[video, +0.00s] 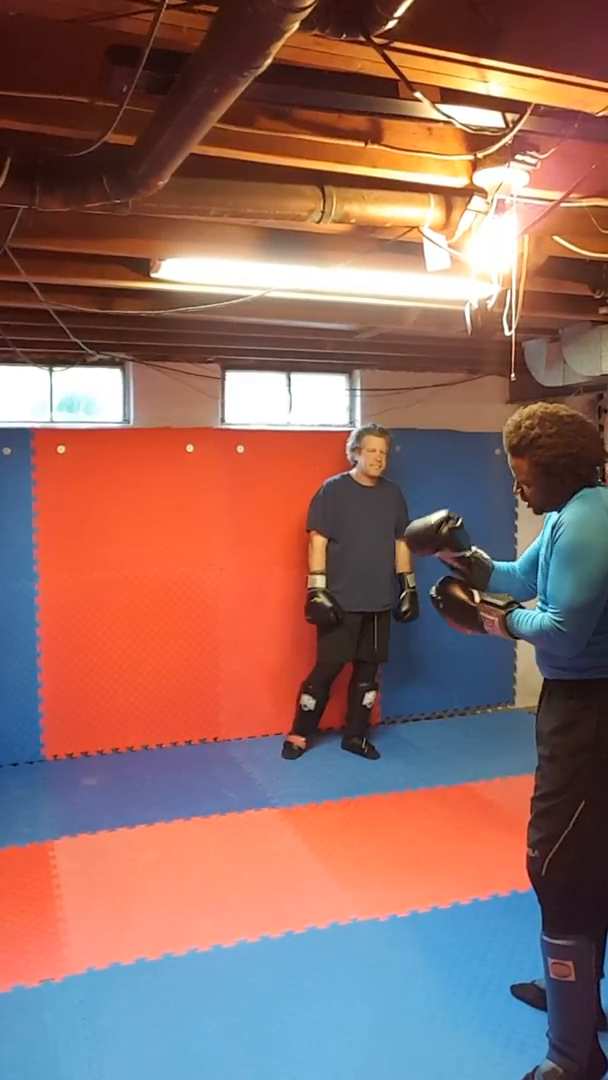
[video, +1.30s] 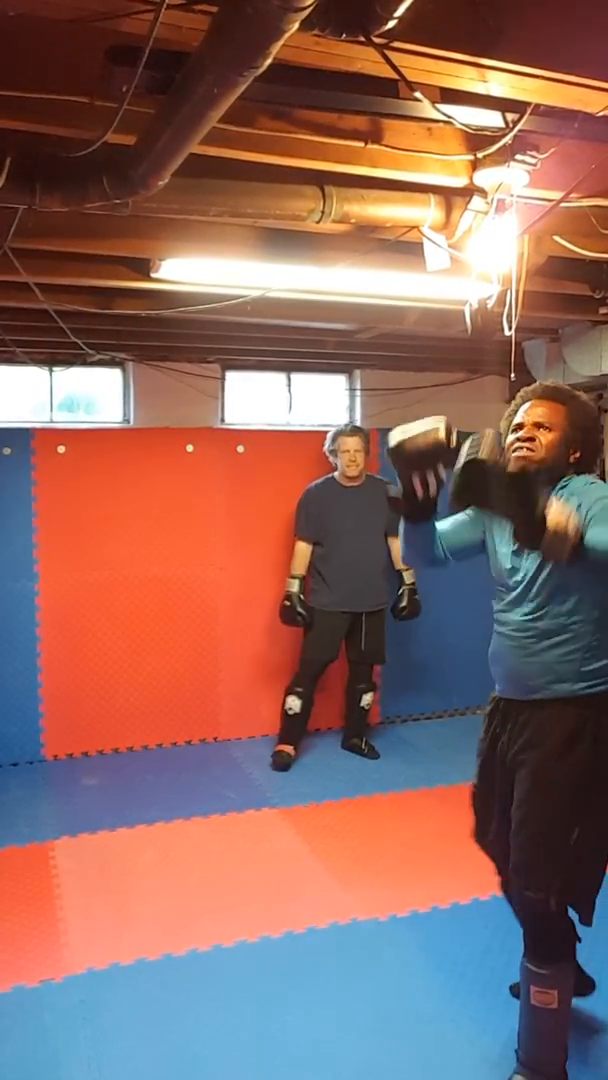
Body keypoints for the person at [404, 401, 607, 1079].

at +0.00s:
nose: (515, 482)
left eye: (521, 470)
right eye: (512, 470)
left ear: (555, 466)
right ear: (556, 466)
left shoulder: (584, 519)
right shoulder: (567, 514)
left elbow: (563, 624)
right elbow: (518, 580)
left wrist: (504, 616)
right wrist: (466, 557)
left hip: (584, 714)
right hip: (572, 705)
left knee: (563, 867)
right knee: (565, 854)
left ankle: (575, 1057)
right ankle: (575, 986)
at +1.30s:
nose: (520, 436)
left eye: (537, 427)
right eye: (516, 428)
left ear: (577, 442)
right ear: (508, 442)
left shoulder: (589, 494)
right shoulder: (499, 502)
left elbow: (597, 531)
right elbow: (423, 548)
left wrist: (568, 522)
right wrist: (419, 493)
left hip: (574, 710)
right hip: (510, 708)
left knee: (537, 880)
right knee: (497, 839)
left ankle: (542, 1065)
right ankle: (559, 965)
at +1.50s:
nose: (524, 439)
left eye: (538, 429)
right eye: (516, 429)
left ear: (566, 441)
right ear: (502, 442)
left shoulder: (589, 503)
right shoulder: (494, 498)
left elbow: (603, 517)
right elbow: (414, 515)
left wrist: (576, 434)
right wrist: (415, 456)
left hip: (570, 717)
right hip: (497, 710)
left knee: (542, 888)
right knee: (477, 843)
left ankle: (546, 1061)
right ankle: (503, 974)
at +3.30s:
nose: (460, 451)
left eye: (472, 438)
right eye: (463, 437)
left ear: (518, 445)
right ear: (498, 445)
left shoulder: (581, 510)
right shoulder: (481, 516)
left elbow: (598, 564)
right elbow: (447, 593)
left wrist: (596, 505)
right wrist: (380, 571)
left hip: (564, 727)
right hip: (486, 718)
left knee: (543, 901)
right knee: (455, 855)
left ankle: (542, 1067)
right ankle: (474, 973)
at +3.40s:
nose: (449, 459)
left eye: (461, 445)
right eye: (452, 445)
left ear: (509, 447)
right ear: (492, 449)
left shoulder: (588, 513)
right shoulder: (481, 522)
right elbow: (489, 598)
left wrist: (594, 609)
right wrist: (416, 612)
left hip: (568, 728)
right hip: (490, 719)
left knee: (548, 900)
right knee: (473, 860)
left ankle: (543, 1064)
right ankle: (478, 976)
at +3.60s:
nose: (453, 472)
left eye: (460, 457)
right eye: (453, 458)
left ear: (502, 454)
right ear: (497, 456)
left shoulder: (570, 515)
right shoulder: (502, 516)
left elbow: (606, 616)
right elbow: (506, 607)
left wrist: (550, 649)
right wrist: (437, 608)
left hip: (560, 728)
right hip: (503, 717)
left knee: (545, 890)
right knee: (505, 854)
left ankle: (544, 1065)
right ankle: (522, 967)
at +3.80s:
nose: (474, 462)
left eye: (479, 447)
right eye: (475, 447)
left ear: (506, 450)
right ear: (528, 446)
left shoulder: (545, 503)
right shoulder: (537, 502)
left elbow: (512, 615)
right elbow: (509, 591)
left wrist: (449, 596)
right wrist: (451, 569)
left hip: (555, 716)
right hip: (548, 710)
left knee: (543, 889)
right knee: (556, 876)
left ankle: (542, 1065)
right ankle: (585, 988)